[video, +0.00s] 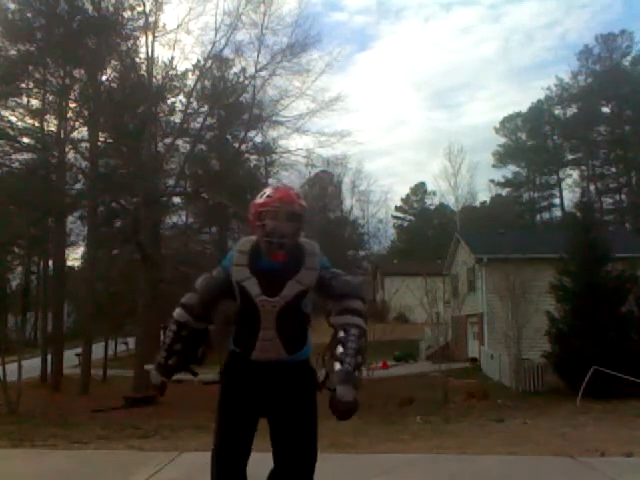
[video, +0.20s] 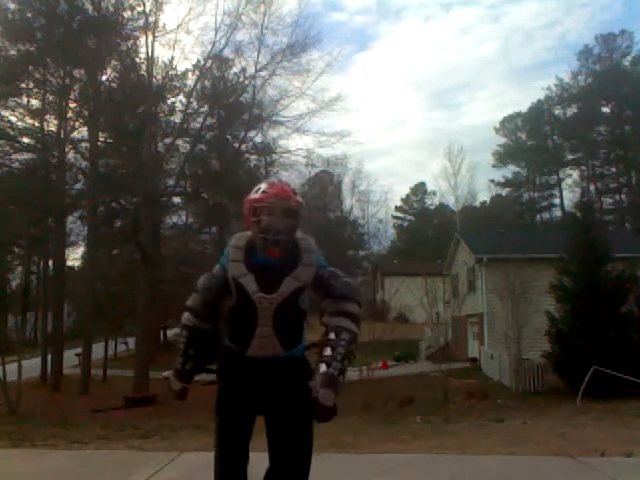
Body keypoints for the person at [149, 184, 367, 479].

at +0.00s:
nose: (283, 227)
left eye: (292, 219)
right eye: (275, 218)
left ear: (300, 225)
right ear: (259, 222)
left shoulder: (312, 261)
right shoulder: (238, 259)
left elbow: (348, 303)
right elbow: (198, 302)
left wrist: (346, 374)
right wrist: (170, 356)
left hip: (293, 375)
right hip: (242, 373)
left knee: (297, 465)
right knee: (227, 462)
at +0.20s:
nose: (277, 224)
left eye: (286, 216)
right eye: (269, 214)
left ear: (296, 222)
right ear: (253, 218)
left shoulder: (309, 261)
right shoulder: (232, 258)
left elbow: (344, 303)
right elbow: (200, 309)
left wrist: (330, 376)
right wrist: (183, 370)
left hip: (289, 374)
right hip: (237, 373)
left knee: (291, 465)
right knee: (229, 464)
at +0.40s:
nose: (275, 219)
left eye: (284, 211)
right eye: (266, 210)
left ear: (294, 218)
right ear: (251, 215)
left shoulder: (307, 254)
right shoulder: (231, 251)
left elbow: (343, 299)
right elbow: (202, 310)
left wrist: (335, 374)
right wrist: (188, 376)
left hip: (287, 371)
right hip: (236, 371)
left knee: (291, 462)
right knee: (230, 462)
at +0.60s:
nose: (273, 215)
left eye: (282, 208)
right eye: (264, 206)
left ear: (292, 214)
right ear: (249, 212)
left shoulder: (306, 251)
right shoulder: (228, 249)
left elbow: (340, 298)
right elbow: (197, 305)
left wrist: (329, 362)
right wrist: (196, 378)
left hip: (285, 370)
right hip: (234, 369)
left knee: (286, 462)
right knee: (233, 462)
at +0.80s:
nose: (271, 205)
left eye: (279, 198)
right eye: (263, 197)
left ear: (289, 203)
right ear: (248, 201)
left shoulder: (302, 244)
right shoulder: (223, 242)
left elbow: (337, 286)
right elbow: (193, 295)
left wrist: (323, 359)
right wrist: (195, 367)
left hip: (283, 365)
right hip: (232, 364)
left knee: (289, 455)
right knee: (232, 456)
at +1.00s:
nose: (275, 200)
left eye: (282, 192)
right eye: (266, 192)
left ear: (291, 198)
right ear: (249, 197)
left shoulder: (305, 238)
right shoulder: (230, 235)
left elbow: (332, 283)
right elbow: (212, 281)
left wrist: (334, 335)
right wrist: (229, 337)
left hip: (287, 357)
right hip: (238, 355)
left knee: (298, 449)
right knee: (236, 452)